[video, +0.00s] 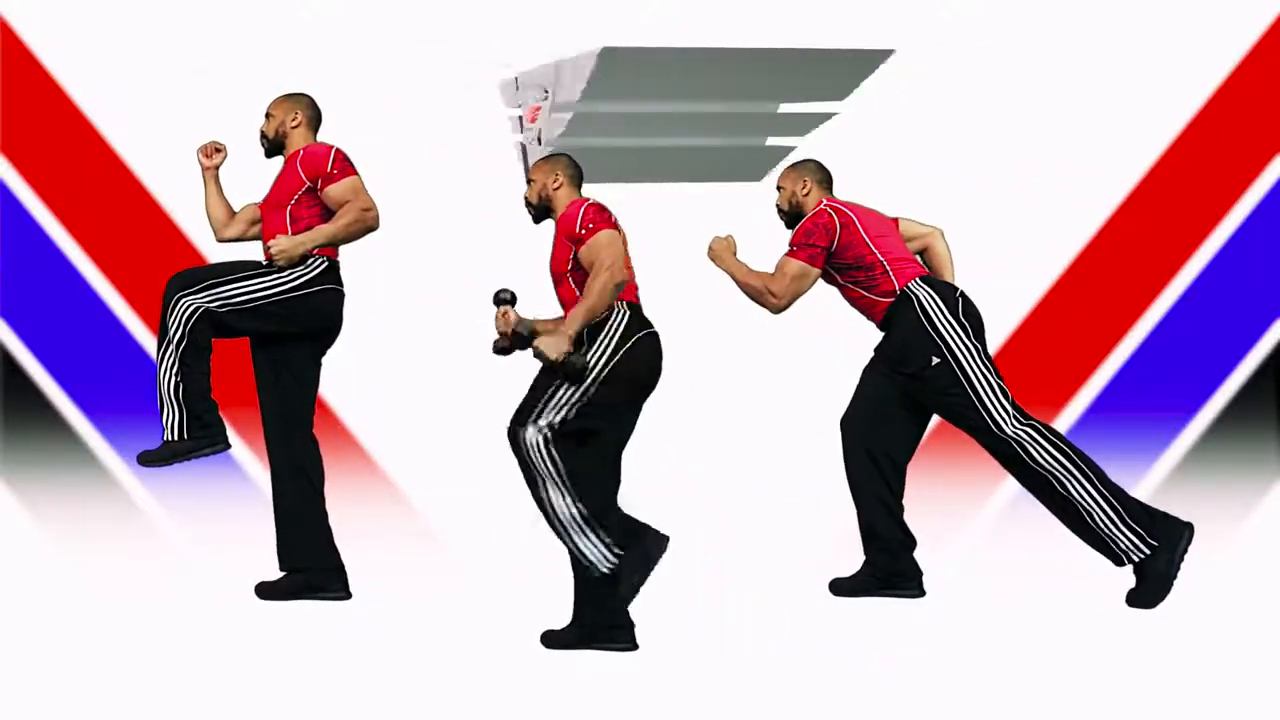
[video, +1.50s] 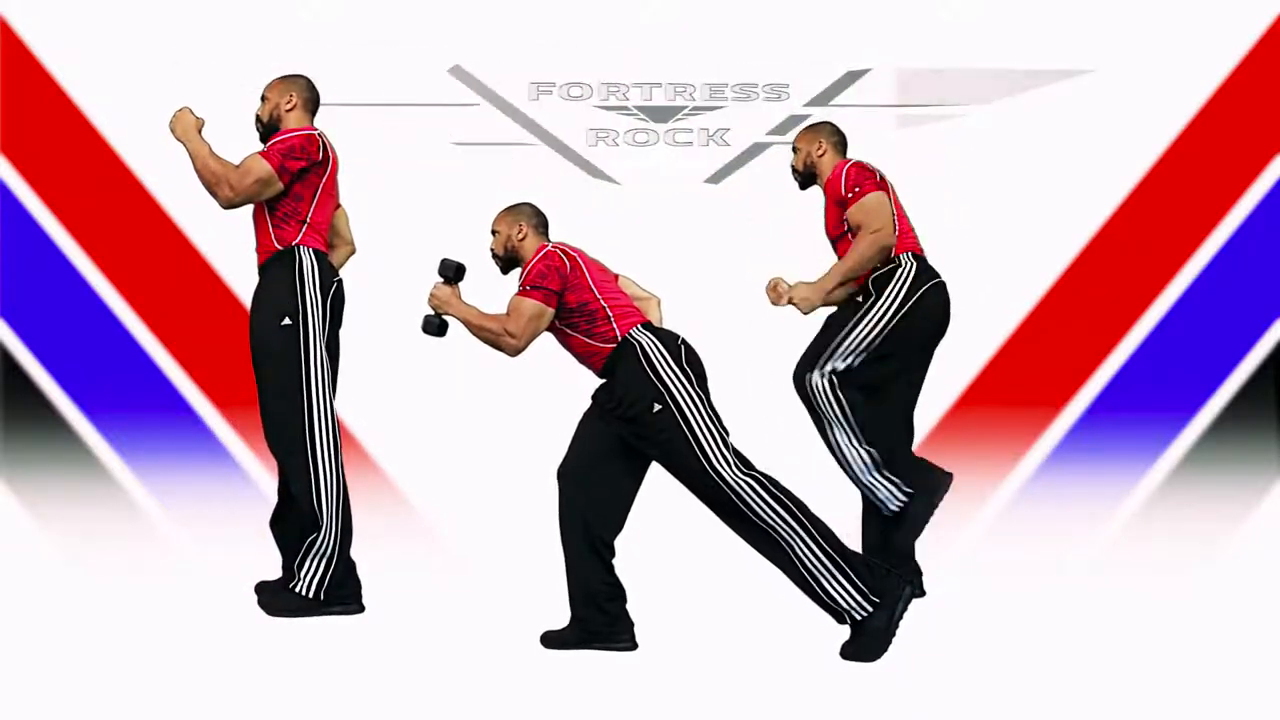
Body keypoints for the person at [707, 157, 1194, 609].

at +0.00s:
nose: (776, 198)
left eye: (782, 188)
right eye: (776, 191)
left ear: (811, 188)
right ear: (815, 192)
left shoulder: (822, 220)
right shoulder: (858, 219)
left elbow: (776, 295)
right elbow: (928, 237)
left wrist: (728, 264)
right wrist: (952, 307)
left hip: (927, 315)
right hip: (912, 326)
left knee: (1010, 434)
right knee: (866, 436)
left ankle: (1151, 540)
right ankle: (890, 567)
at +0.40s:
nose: (776, 188)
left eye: (783, 178)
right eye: (776, 181)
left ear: (808, 177)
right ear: (815, 184)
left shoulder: (827, 207)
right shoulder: (852, 211)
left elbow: (803, 282)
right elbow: (919, 254)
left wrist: (742, 284)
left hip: (917, 306)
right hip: (897, 323)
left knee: (969, 427)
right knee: (861, 434)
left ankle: (1121, 529)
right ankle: (893, 567)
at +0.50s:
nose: (780, 178)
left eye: (784, 167)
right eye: (779, 171)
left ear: (807, 164)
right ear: (813, 165)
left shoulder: (835, 193)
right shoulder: (838, 205)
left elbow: (846, 262)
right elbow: (883, 278)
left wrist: (786, 301)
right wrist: (849, 315)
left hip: (910, 297)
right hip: (887, 317)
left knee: (915, 432)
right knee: (863, 433)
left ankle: (1051, 514)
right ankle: (892, 564)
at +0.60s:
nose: (786, 166)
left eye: (790, 156)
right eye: (786, 158)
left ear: (814, 153)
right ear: (815, 156)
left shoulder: (845, 180)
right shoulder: (835, 206)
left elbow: (891, 231)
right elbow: (855, 286)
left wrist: (854, 297)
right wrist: (799, 287)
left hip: (906, 288)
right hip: (893, 301)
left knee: (842, 397)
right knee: (875, 433)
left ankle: (944, 501)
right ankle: (893, 564)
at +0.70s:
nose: (792, 156)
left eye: (797, 146)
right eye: (792, 149)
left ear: (821, 144)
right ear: (823, 148)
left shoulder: (850, 168)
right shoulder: (843, 200)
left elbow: (917, 201)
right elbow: (816, 269)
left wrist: (917, 268)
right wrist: (766, 241)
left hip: (897, 282)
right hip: (912, 295)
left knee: (797, 341)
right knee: (884, 435)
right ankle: (895, 566)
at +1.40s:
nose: (797, 154)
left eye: (802, 144)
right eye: (797, 147)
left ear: (827, 142)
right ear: (827, 145)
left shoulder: (857, 165)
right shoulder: (845, 198)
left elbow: (912, 209)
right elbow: (824, 274)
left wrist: (886, 279)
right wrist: (768, 251)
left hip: (897, 288)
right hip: (901, 305)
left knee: (788, 327)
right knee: (877, 442)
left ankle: (822, 454)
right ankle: (893, 570)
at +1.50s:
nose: (792, 161)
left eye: (797, 151)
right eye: (792, 154)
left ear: (821, 147)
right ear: (824, 149)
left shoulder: (850, 172)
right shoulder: (836, 205)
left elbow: (880, 234)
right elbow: (855, 290)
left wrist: (822, 288)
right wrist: (798, 295)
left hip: (903, 283)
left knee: (817, 373)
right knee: (882, 435)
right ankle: (891, 572)